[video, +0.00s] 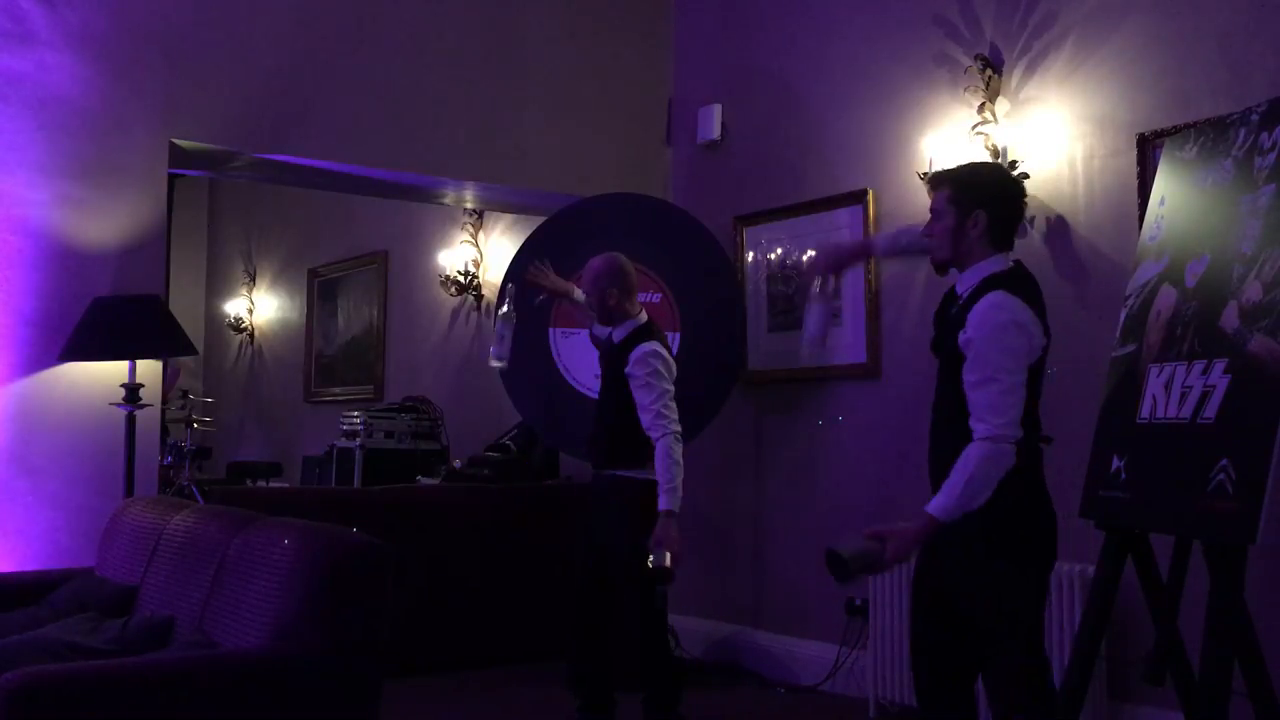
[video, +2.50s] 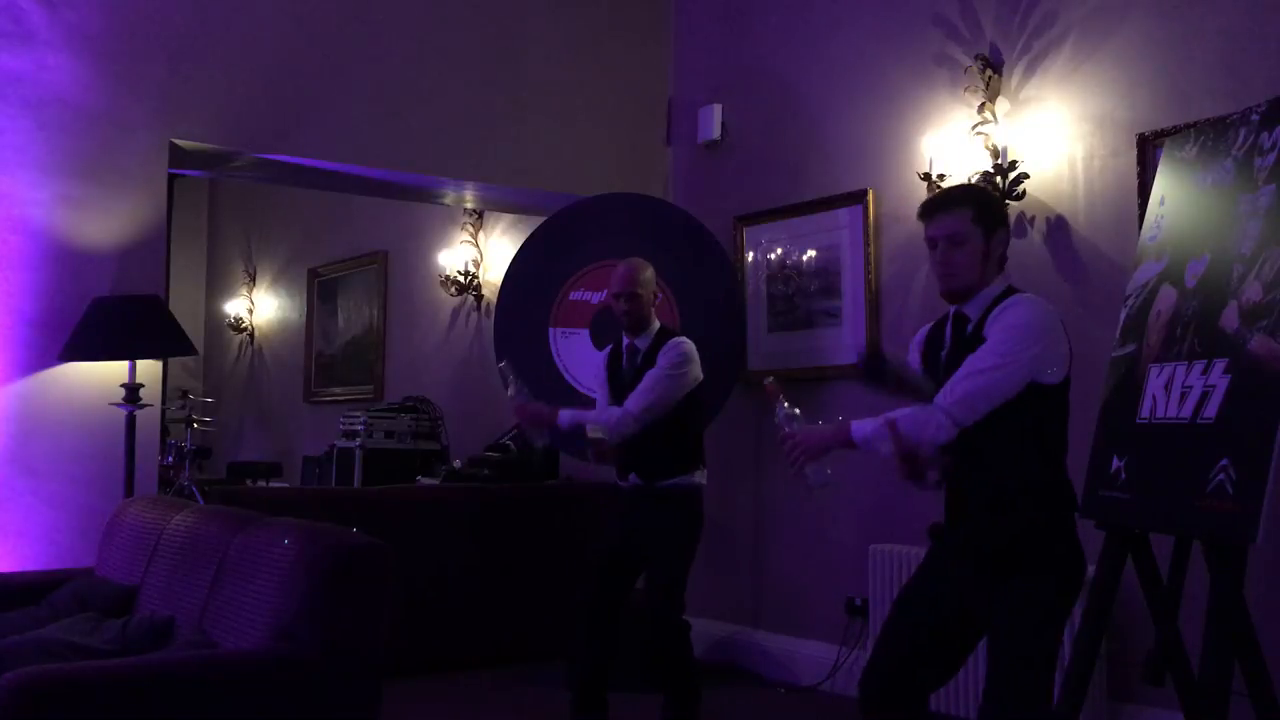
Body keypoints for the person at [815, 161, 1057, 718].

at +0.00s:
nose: (926, 226)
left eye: (937, 216)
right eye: (930, 214)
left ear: (975, 225)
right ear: (975, 224)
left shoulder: (998, 310)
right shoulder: (979, 276)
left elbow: (994, 442)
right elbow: (929, 237)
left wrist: (920, 526)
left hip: (993, 515)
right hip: (975, 505)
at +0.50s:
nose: (941, 215)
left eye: (958, 203)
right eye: (943, 204)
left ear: (1002, 219)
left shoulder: (1023, 299)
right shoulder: (950, 298)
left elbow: (1039, 412)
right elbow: (873, 336)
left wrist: (937, 388)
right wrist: (854, 271)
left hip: (995, 511)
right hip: (935, 505)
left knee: (996, 679)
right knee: (910, 671)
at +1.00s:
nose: (924, 308)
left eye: (940, 296)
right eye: (919, 298)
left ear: (979, 307)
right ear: (912, 305)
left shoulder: (963, 367)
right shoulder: (982, 369)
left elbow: (927, 475)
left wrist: (827, 505)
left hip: (929, 582)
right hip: (952, 580)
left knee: (841, 678)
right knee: (918, 701)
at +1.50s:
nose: (926, 216)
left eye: (941, 207)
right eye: (914, 207)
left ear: (960, 225)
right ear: (898, 225)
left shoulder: (965, 284)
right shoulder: (909, 295)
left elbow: (928, 386)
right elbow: (905, 390)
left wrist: (825, 421)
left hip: (941, 498)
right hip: (898, 496)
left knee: (934, 662)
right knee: (885, 654)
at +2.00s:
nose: (924, 236)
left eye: (937, 223)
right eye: (909, 227)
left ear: (960, 237)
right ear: (893, 248)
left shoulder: (1003, 300)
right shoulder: (881, 341)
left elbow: (1063, 222)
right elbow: (878, 444)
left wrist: (997, 194)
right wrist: (877, 537)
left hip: (1020, 528)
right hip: (941, 536)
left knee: (1016, 697)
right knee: (881, 690)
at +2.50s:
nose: (942, 259)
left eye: (958, 242)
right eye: (933, 246)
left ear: (998, 247)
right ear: (927, 251)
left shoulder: (1028, 320)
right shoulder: (928, 341)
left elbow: (942, 420)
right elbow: (922, 470)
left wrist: (841, 433)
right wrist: (914, 455)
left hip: (1034, 548)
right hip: (965, 545)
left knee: (1013, 705)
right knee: (886, 689)